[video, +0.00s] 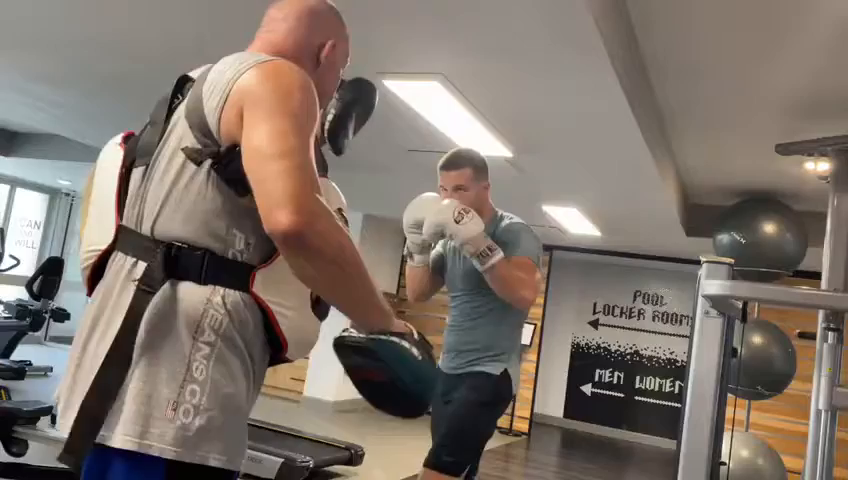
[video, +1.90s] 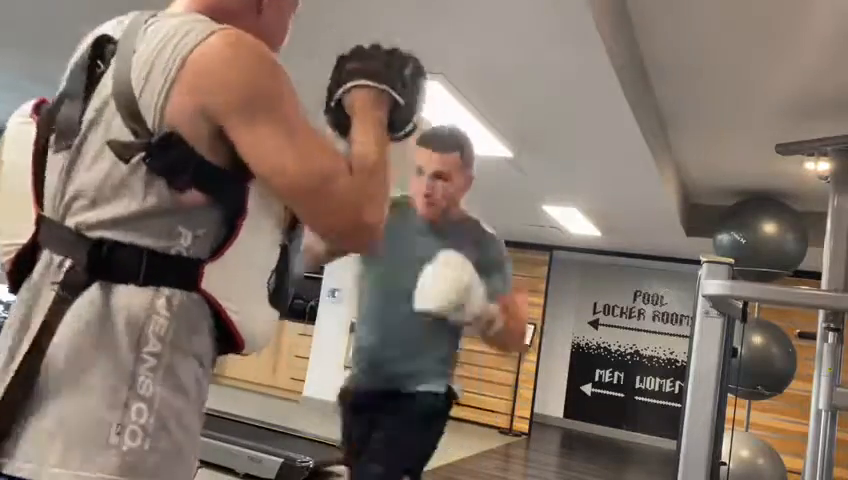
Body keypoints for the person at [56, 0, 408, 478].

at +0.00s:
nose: (335, 86)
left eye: (341, 73)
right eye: (341, 69)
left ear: (267, 35)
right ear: (326, 51)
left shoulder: (204, 80)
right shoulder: (276, 78)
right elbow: (294, 220)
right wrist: (380, 321)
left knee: (108, 465)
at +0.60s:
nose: (328, 100)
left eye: (333, 87)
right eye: (332, 84)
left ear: (265, 47)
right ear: (318, 65)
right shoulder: (263, 79)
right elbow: (277, 185)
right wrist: (370, 271)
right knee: (169, 467)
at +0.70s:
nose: (324, 103)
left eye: (330, 89)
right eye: (329, 85)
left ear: (260, 48)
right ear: (313, 67)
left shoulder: (205, 96)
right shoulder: (262, 78)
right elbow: (317, 179)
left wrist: (330, 227)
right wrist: (395, 232)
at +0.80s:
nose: (315, 90)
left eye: (318, 79)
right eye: (317, 76)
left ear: (247, 43)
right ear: (304, 58)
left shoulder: (188, 93)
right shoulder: (262, 83)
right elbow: (385, 194)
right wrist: (430, 176)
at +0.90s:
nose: (313, 76)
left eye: (319, 68)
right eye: (317, 64)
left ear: (241, 26)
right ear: (303, 47)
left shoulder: (172, 81)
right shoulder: (269, 80)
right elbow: (406, 187)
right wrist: (409, 129)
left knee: (86, 464)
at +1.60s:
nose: (307, 77)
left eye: (313, 63)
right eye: (311, 59)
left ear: (223, 23)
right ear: (291, 42)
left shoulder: (143, 73)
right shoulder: (266, 100)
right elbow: (367, 252)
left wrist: (295, 111)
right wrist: (398, 172)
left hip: (57, 330)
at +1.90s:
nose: (292, 20)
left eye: (294, 8)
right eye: (293, 6)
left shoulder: (108, 40)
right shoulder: (230, 59)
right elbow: (357, 219)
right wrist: (370, 105)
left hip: (41, 317)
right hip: (131, 345)